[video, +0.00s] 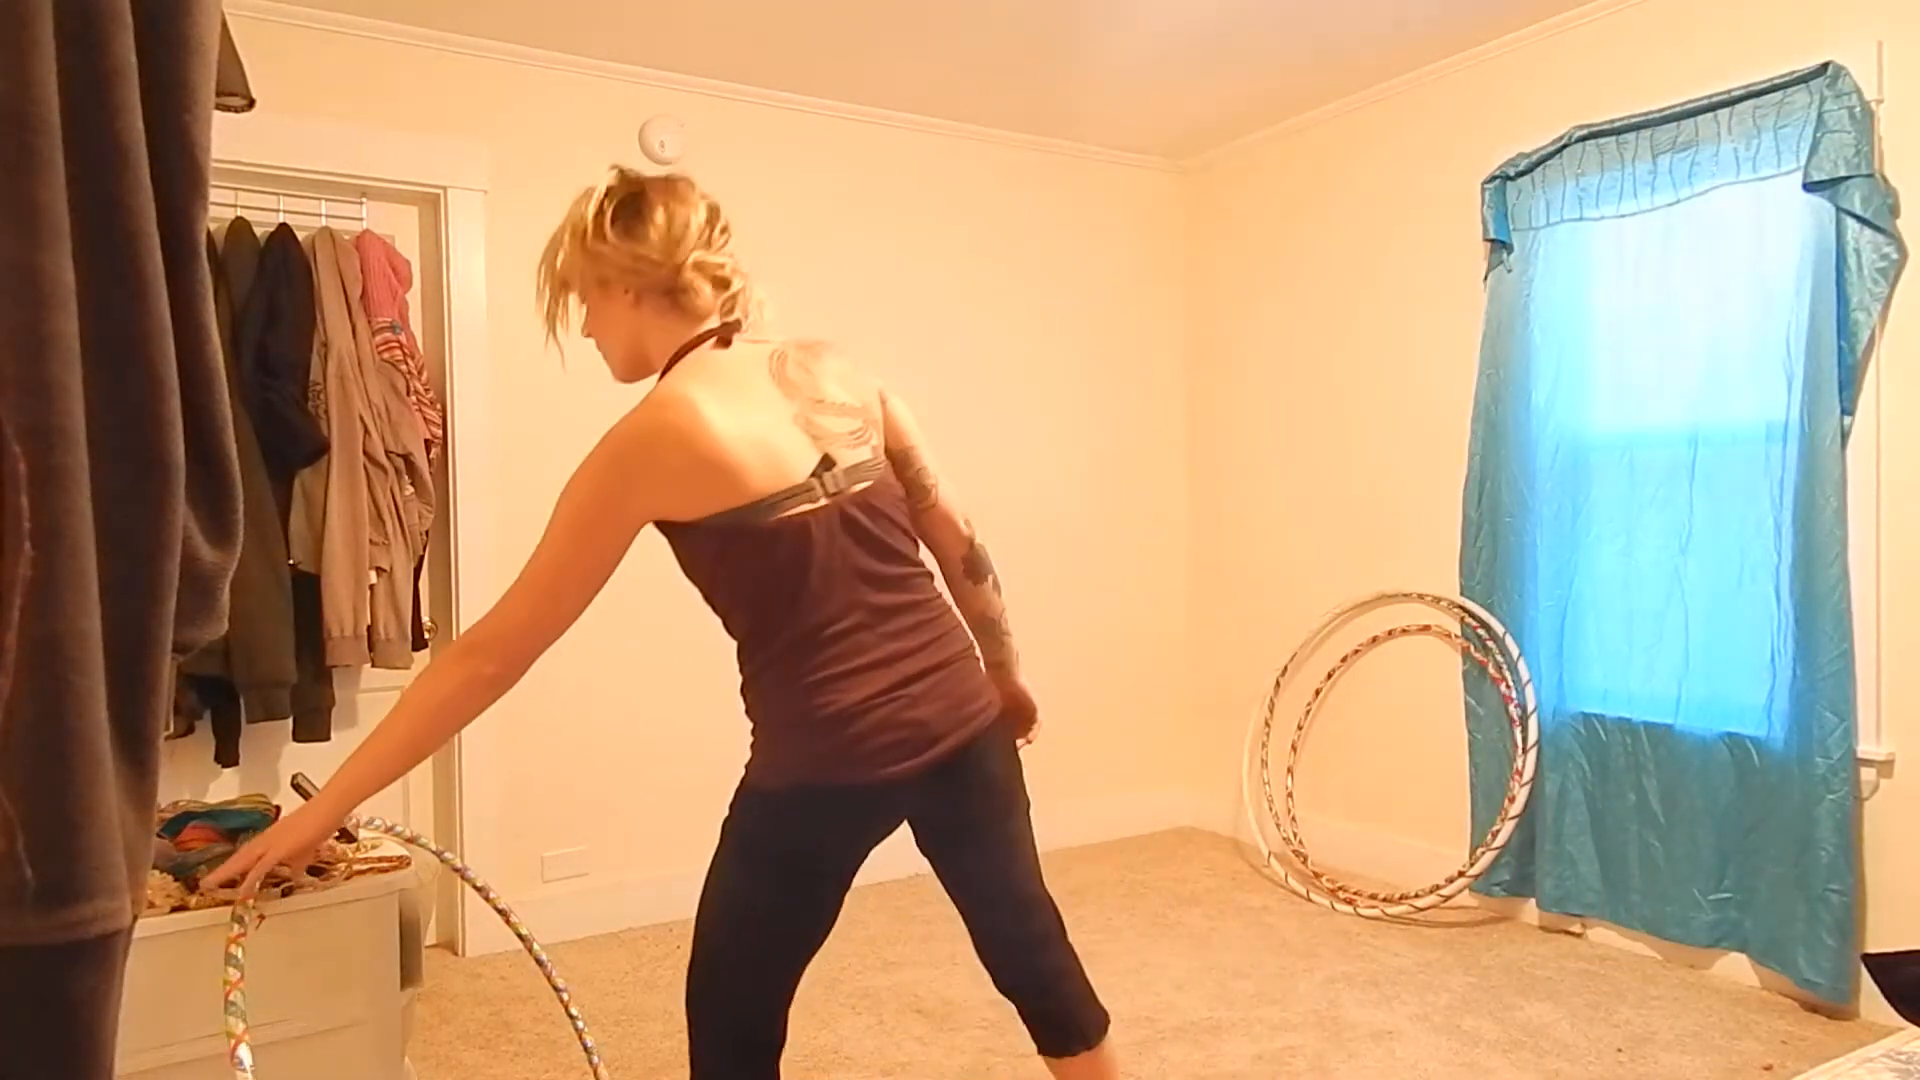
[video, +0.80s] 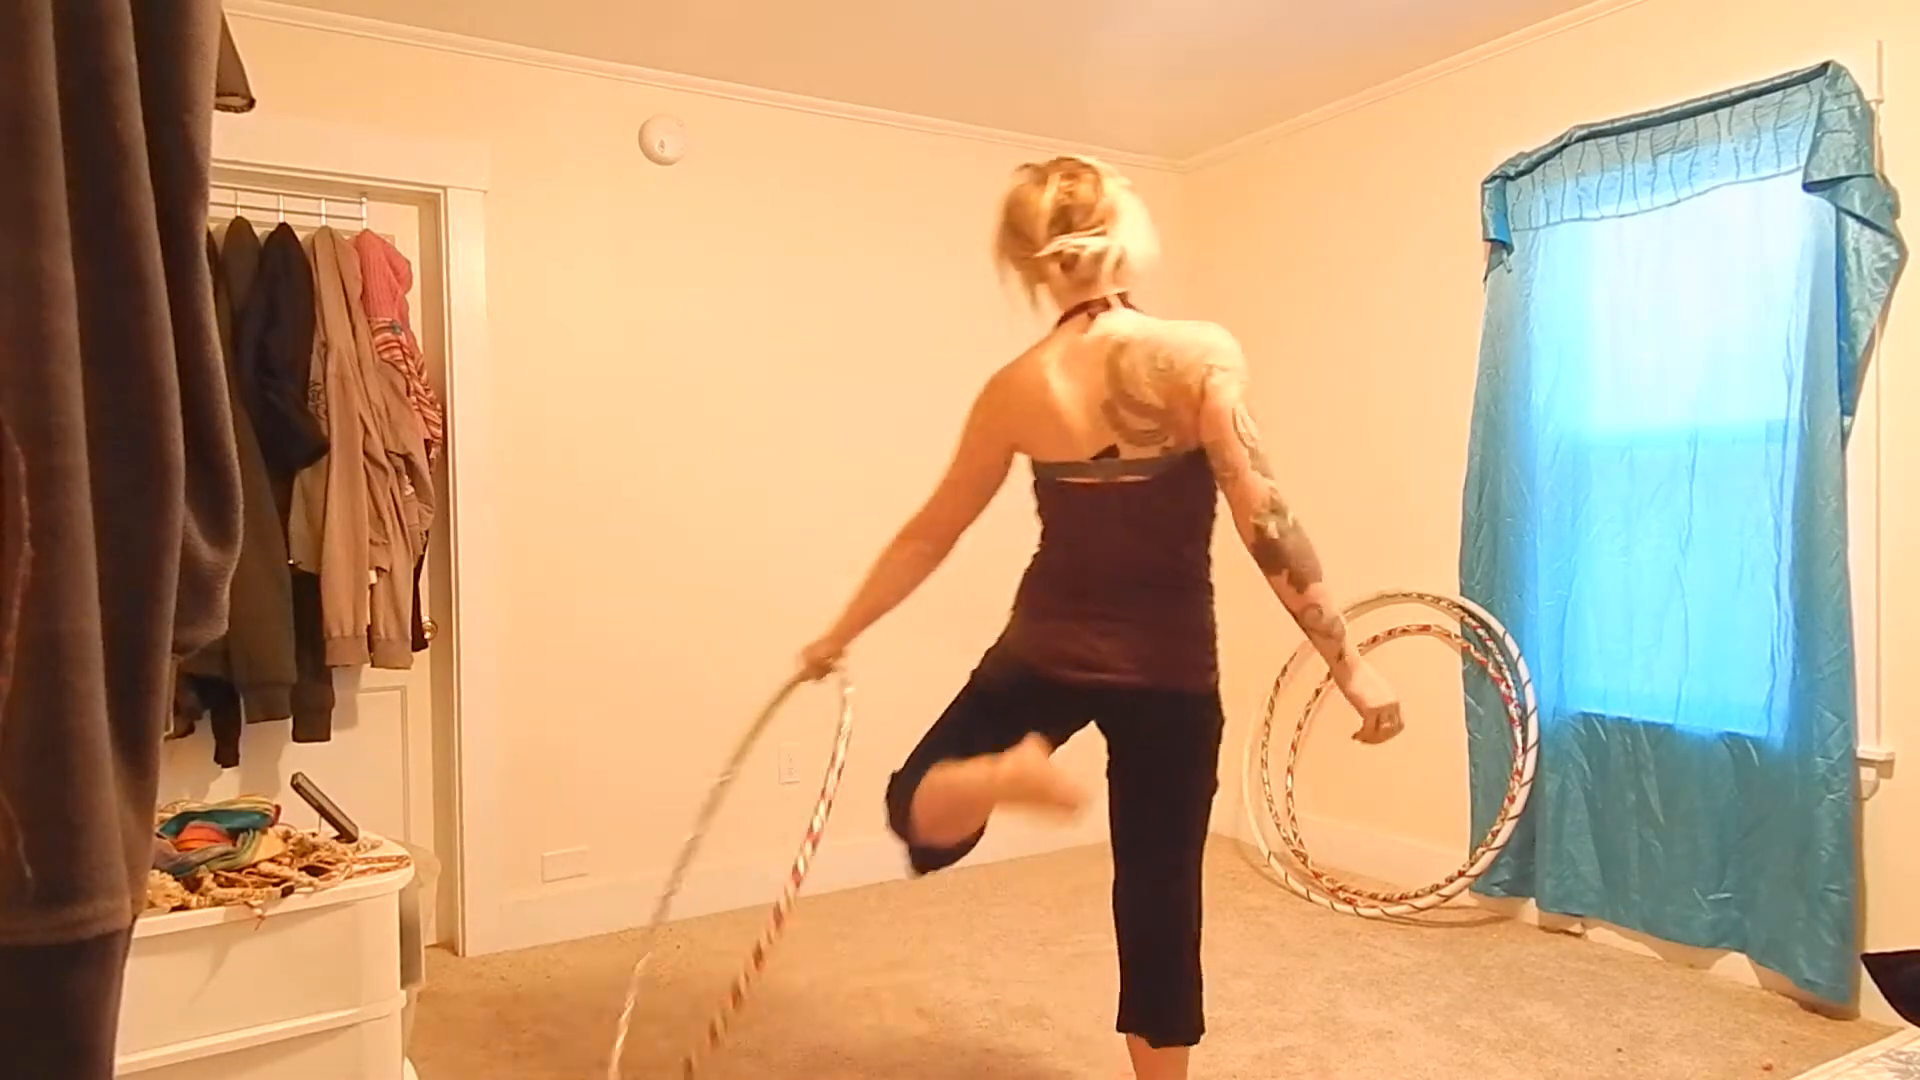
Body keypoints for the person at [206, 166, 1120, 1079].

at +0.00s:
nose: (586, 327)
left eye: (590, 300)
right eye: (583, 302)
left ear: (645, 288)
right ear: (707, 274)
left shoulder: (655, 432)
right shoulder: (841, 372)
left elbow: (490, 656)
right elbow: (962, 553)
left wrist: (325, 808)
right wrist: (1004, 671)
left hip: (825, 750)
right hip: (959, 705)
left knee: (735, 1015)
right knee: (1039, 957)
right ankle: (1104, 1076)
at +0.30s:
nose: (700, 342)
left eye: (698, 320)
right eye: (696, 321)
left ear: (720, 316)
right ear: (808, 298)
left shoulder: (715, 452)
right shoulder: (907, 413)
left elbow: (574, 637)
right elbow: (1012, 583)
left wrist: (407, 781)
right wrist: (1071, 692)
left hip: (834, 770)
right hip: (974, 742)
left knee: (734, 1015)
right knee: (1051, 990)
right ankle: (1111, 1073)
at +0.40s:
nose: (778, 323)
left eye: (774, 307)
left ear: (787, 306)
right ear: (887, 286)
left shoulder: (784, 435)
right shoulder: (973, 415)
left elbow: (656, 596)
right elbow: (1069, 578)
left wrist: (500, 731)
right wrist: (1132, 692)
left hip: (872, 750)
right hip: (1008, 737)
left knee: (776, 994)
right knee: (1066, 986)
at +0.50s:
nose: (855, 302)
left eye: (854, 285)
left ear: (865, 288)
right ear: (957, 261)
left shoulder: (866, 413)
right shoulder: (1055, 385)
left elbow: (751, 565)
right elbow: (1139, 542)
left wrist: (604, 690)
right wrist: (1204, 672)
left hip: (934, 716)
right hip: (1067, 711)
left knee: (836, 955)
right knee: (1106, 956)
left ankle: (795, 1070)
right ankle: (1137, 1075)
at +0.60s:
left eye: (935, 273)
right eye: (1021, 242)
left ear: (937, 280)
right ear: (1029, 251)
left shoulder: (930, 405)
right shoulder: (1122, 365)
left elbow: (828, 555)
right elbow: (1214, 527)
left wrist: (694, 671)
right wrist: (1282, 658)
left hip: (983, 697)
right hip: (1117, 698)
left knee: (868, 901)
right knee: (1132, 940)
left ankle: (803, 1070)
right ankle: (1148, 1073)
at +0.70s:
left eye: (985, 263)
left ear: (992, 269)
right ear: (1087, 244)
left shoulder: (982, 395)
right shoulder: (1170, 358)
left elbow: (881, 543)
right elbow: (1250, 522)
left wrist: (774, 652)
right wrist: (1332, 658)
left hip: (1020, 671)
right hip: (1148, 681)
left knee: (901, 826)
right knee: (1148, 933)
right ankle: (1156, 1074)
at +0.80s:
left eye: (1031, 252)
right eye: (1130, 229)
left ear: (1033, 263)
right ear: (1130, 244)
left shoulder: (1020, 388)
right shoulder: (1202, 356)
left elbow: (933, 531)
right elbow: (1264, 522)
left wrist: (839, 634)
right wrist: (1347, 666)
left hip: (1051, 648)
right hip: (1170, 664)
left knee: (913, 806)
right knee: (1160, 912)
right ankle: (1162, 1073)